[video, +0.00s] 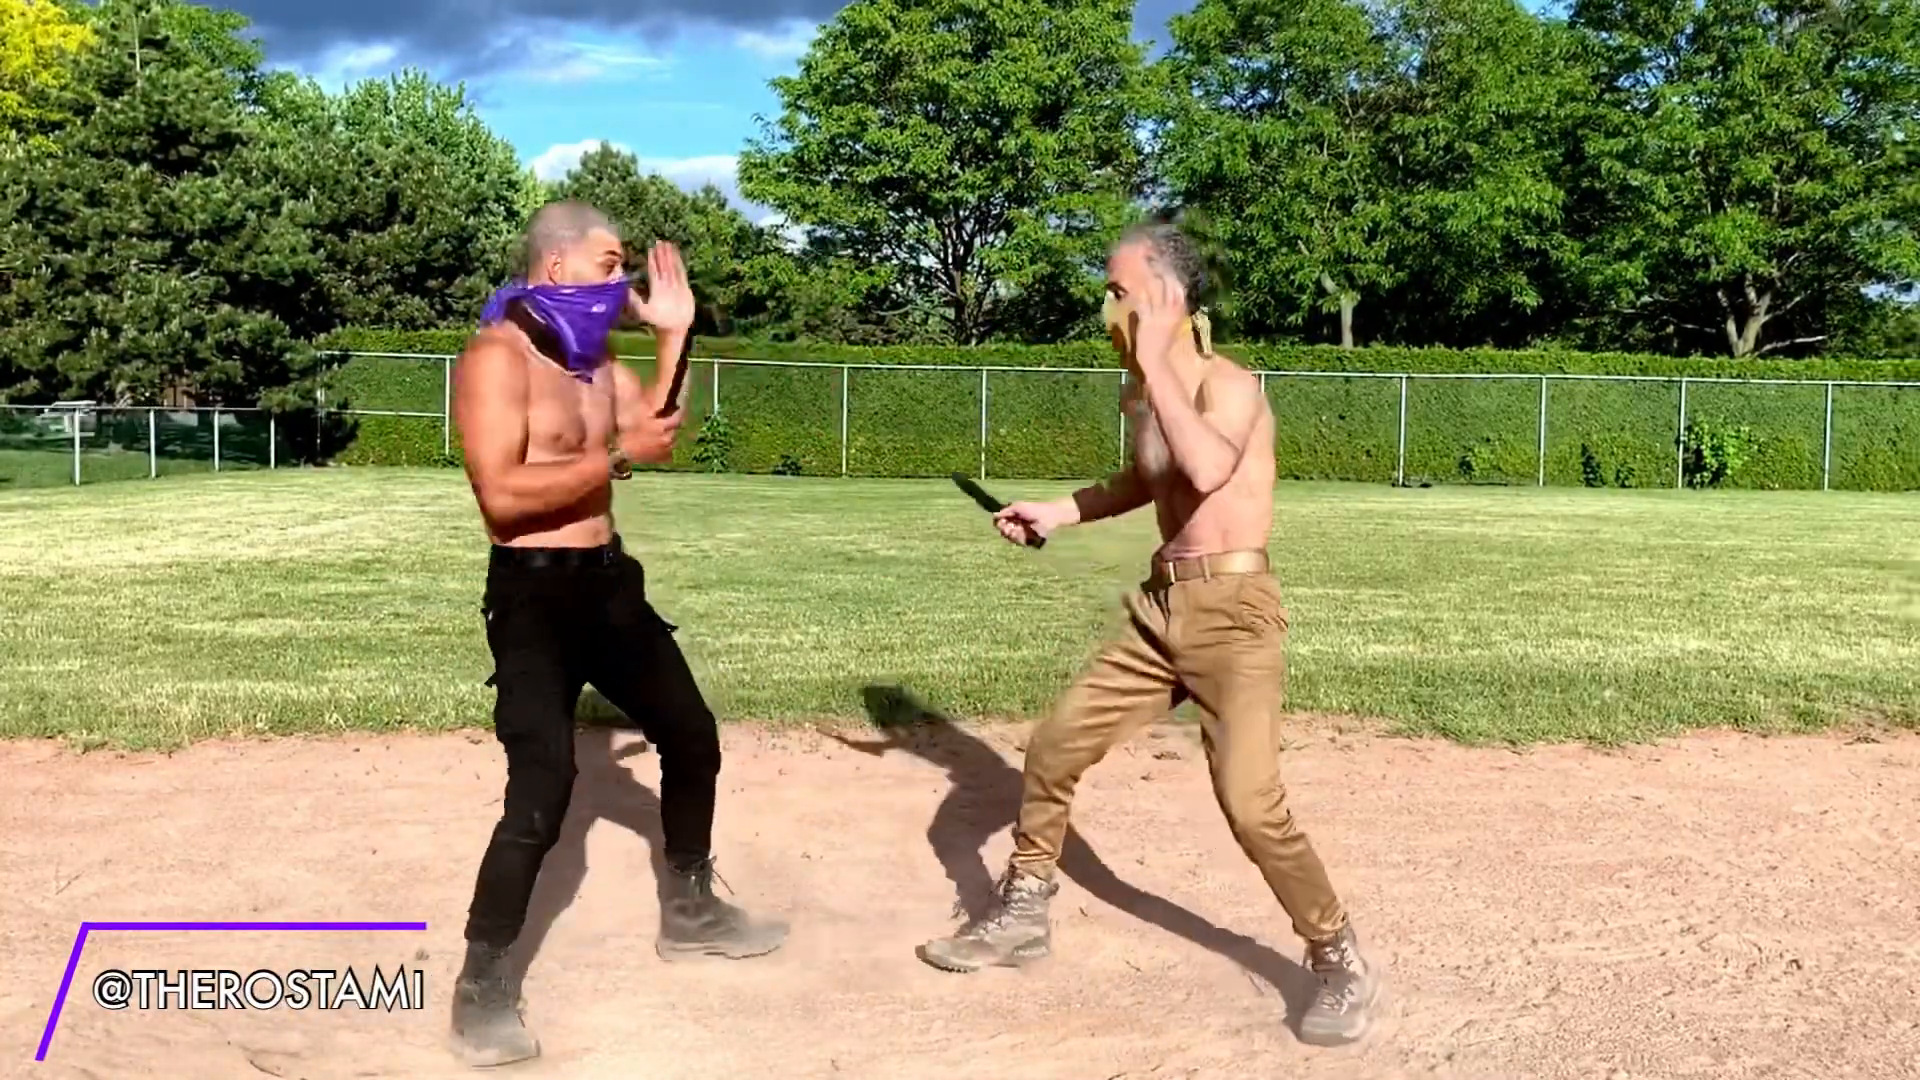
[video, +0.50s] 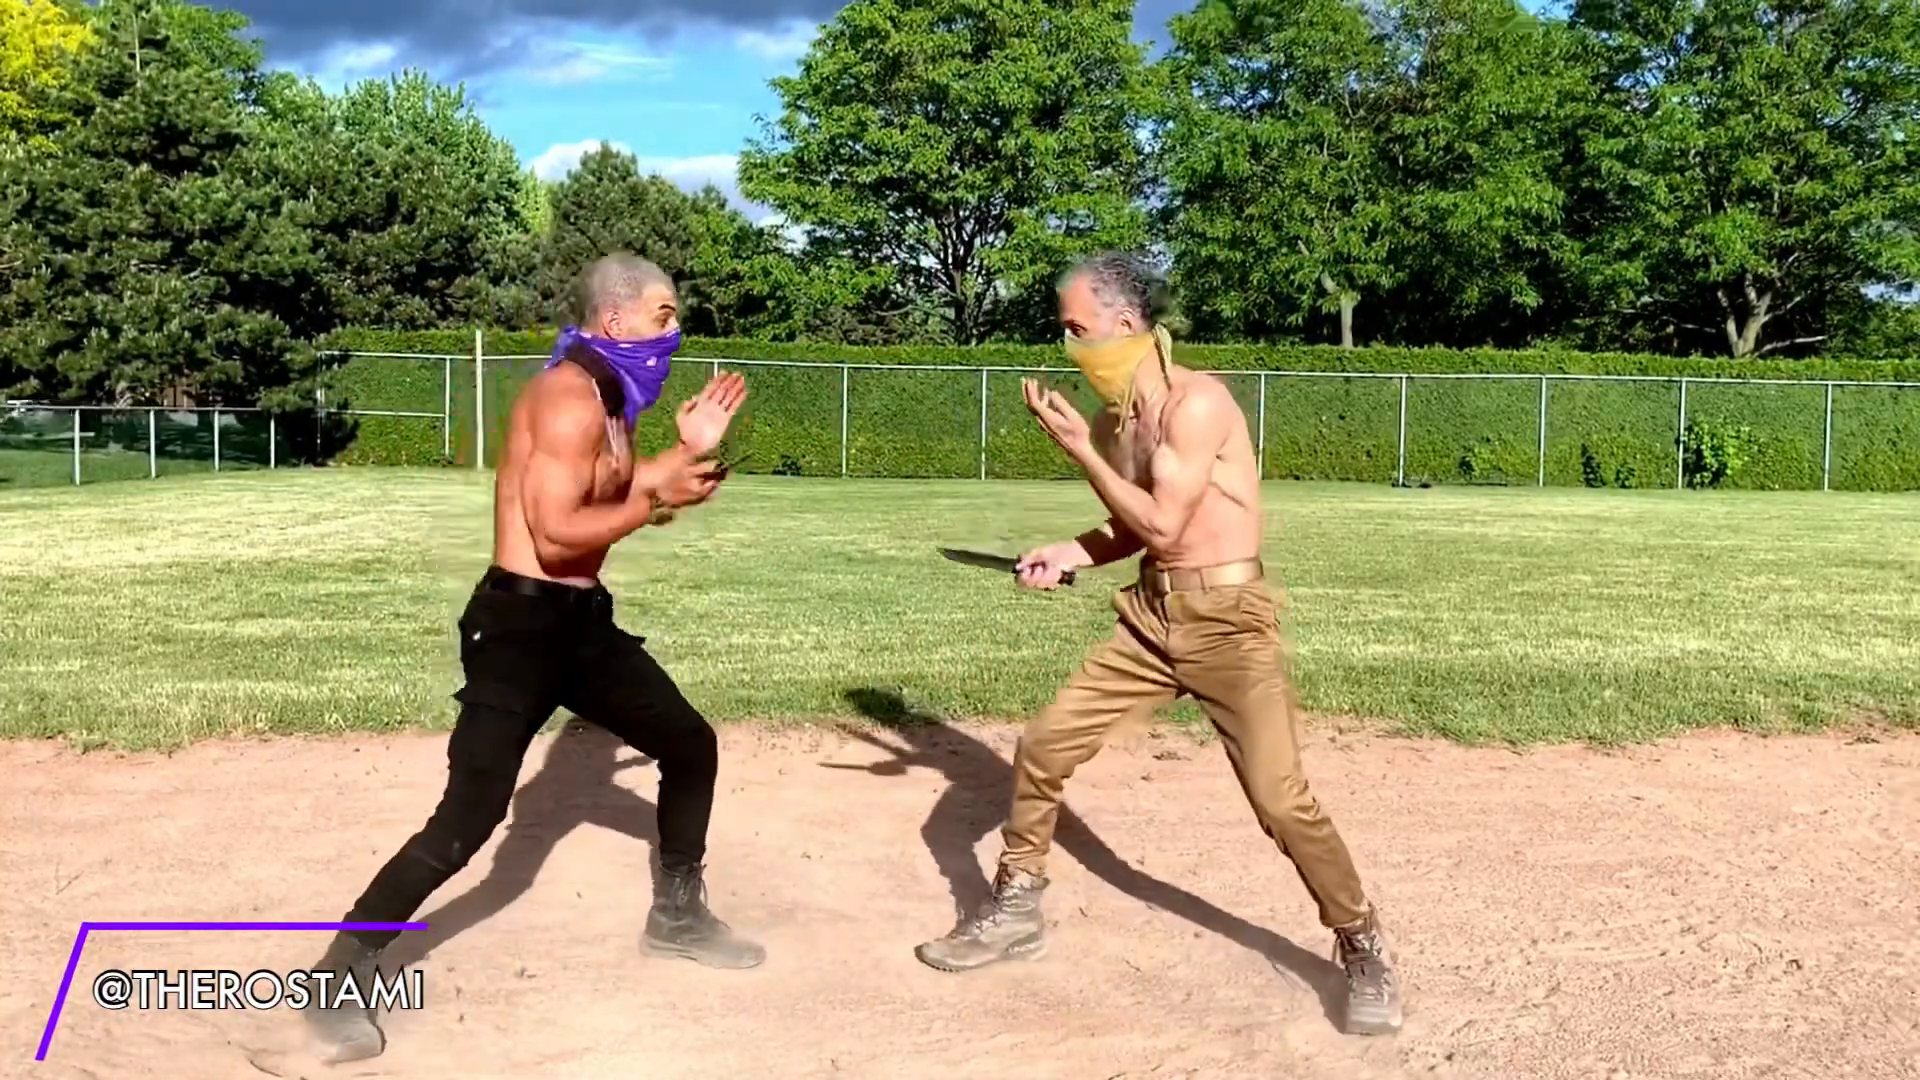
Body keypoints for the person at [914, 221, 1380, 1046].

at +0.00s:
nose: (1112, 309)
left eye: (1122, 293)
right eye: (1111, 296)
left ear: (1170, 293)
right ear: (1144, 297)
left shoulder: (1232, 382)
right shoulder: (1141, 392)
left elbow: (1209, 470)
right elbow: (1142, 483)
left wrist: (1153, 362)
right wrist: (1062, 511)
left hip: (1236, 613)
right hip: (1162, 609)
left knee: (1249, 802)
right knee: (1052, 750)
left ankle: (1339, 962)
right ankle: (1025, 912)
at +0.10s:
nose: (1080, 322)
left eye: (1091, 306)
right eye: (1079, 308)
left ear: (1144, 310)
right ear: (1121, 312)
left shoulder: (1220, 392)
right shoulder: (1129, 407)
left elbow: (1240, 517)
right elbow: (1113, 487)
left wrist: (1162, 422)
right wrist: (1020, 491)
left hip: (1242, 616)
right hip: (1161, 613)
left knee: (1276, 798)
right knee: (1058, 757)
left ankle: (1345, 959)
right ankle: (1029, 917)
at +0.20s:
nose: (1081, 338)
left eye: (1091, 321)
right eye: (1078, 323)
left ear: (1145, 316)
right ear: (1127, 322)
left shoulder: (1220, 402)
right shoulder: (1142, 416)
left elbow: (1220, 535)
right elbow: (1135, 511)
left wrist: (1127, 461)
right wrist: (1035, 509)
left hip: (1240, 623)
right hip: (1163, 615)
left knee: (1279, 809)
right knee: (1056, 755)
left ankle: (1362, 953)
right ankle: (1030, 919)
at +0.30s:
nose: (1093, 345)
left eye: (1102, 327)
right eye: (1088, 330)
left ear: (1154, 320)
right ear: (1118, 329)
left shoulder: (1223, 404)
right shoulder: (1140, 422)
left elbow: (1178, 531)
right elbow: (1153, 535)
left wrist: (1097, 457)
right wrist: (1081, 544)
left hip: (1246, 627)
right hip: (1165, 621)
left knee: (1287, 809)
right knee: (1055, 750)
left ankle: (1365, 953)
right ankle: (1027, 916)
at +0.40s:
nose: (1086, 346)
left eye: (1095, 329)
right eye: (1082, 331)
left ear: (1144, 323)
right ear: (1116, 329)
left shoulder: (1215, 407)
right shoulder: (1126, 426)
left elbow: (1174, 530)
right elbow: (1153, 531)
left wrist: (1094, 456)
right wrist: (1090, 556)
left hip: (1244, 627)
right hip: (1164, 620)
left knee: (1285, 805)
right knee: (1058, 754)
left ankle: (1365, 952)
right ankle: (1020, 908)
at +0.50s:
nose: (1071, 346)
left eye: (1080, 329)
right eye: (1066, 332)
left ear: (1130, 321)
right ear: (1098, 331)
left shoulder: (1201, 404)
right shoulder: (1116, 421)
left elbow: (1165, 525)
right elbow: (1141, 526)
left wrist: (1083, 452)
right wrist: (1075, 552)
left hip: (1231, 625)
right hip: (1148, 619)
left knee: (1280, 802)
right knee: (1042, 750)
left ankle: (1363, 950)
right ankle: (1017, 910)